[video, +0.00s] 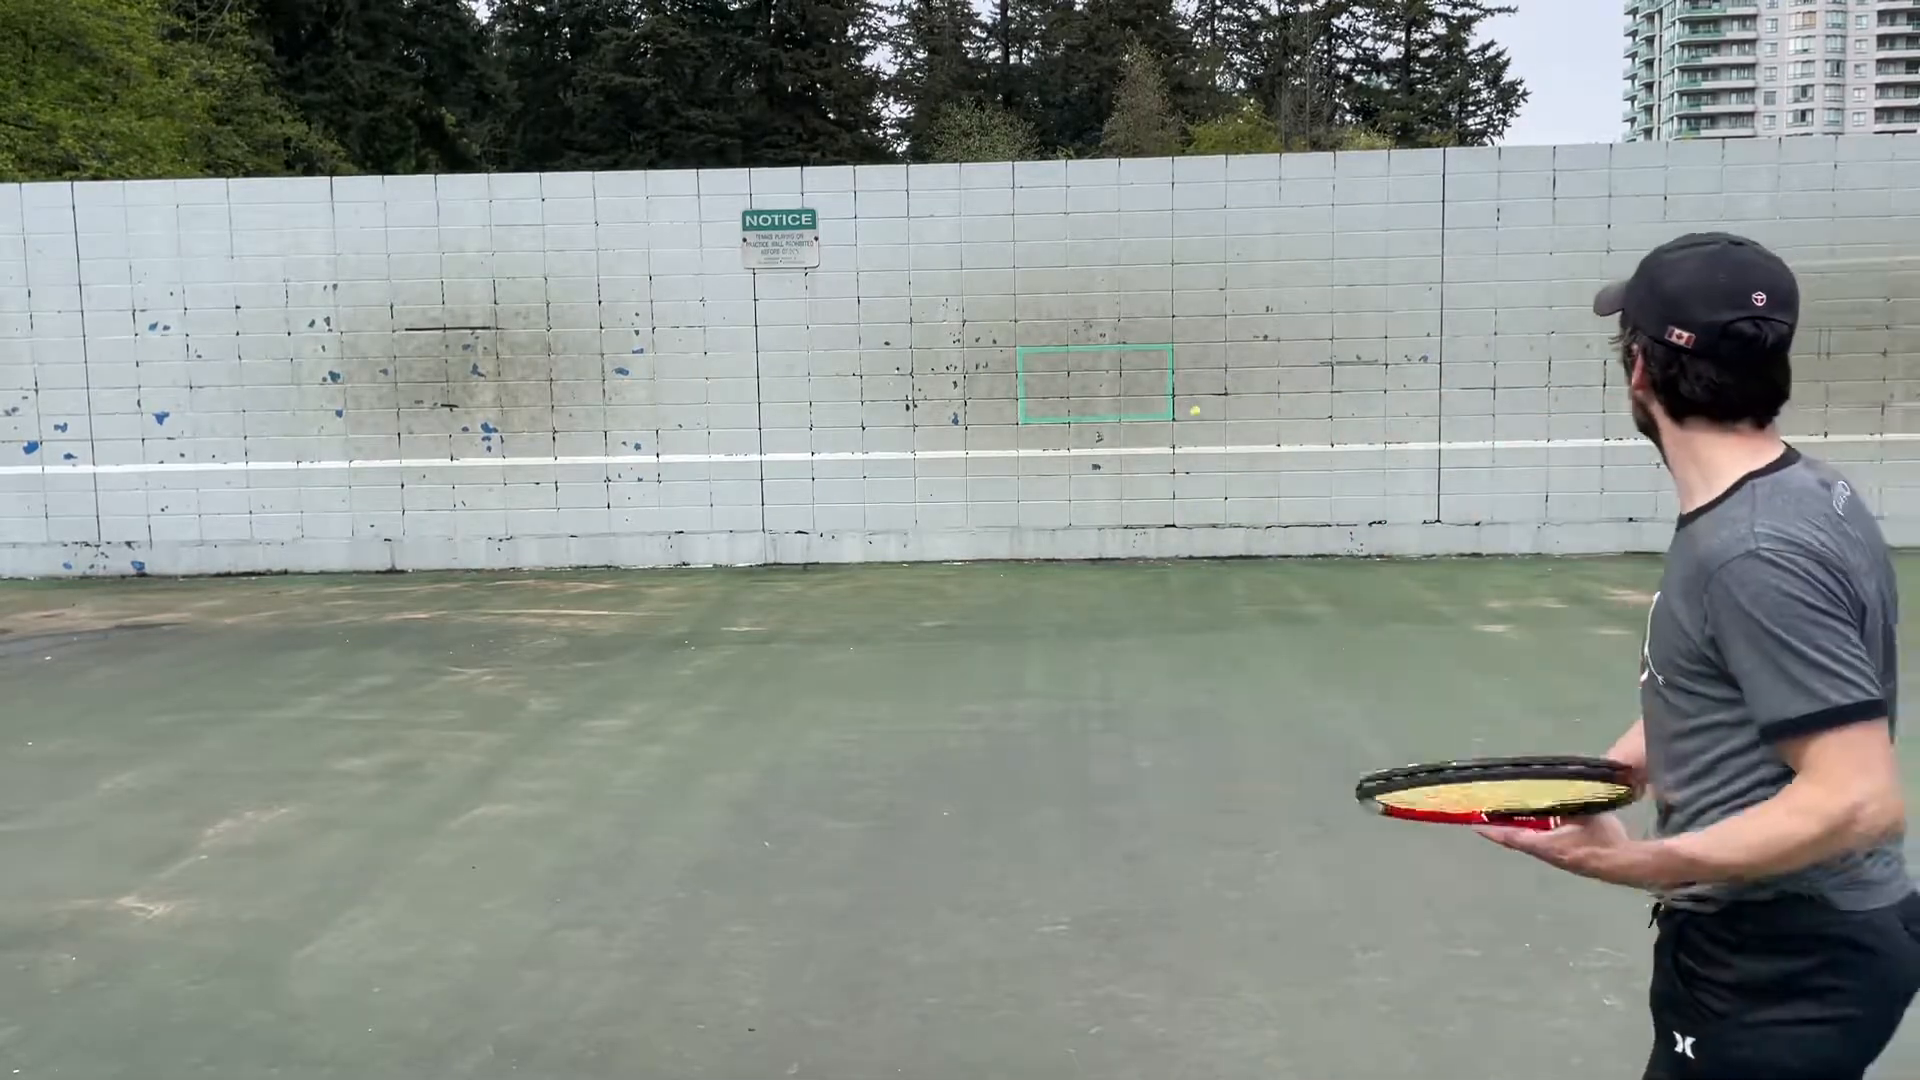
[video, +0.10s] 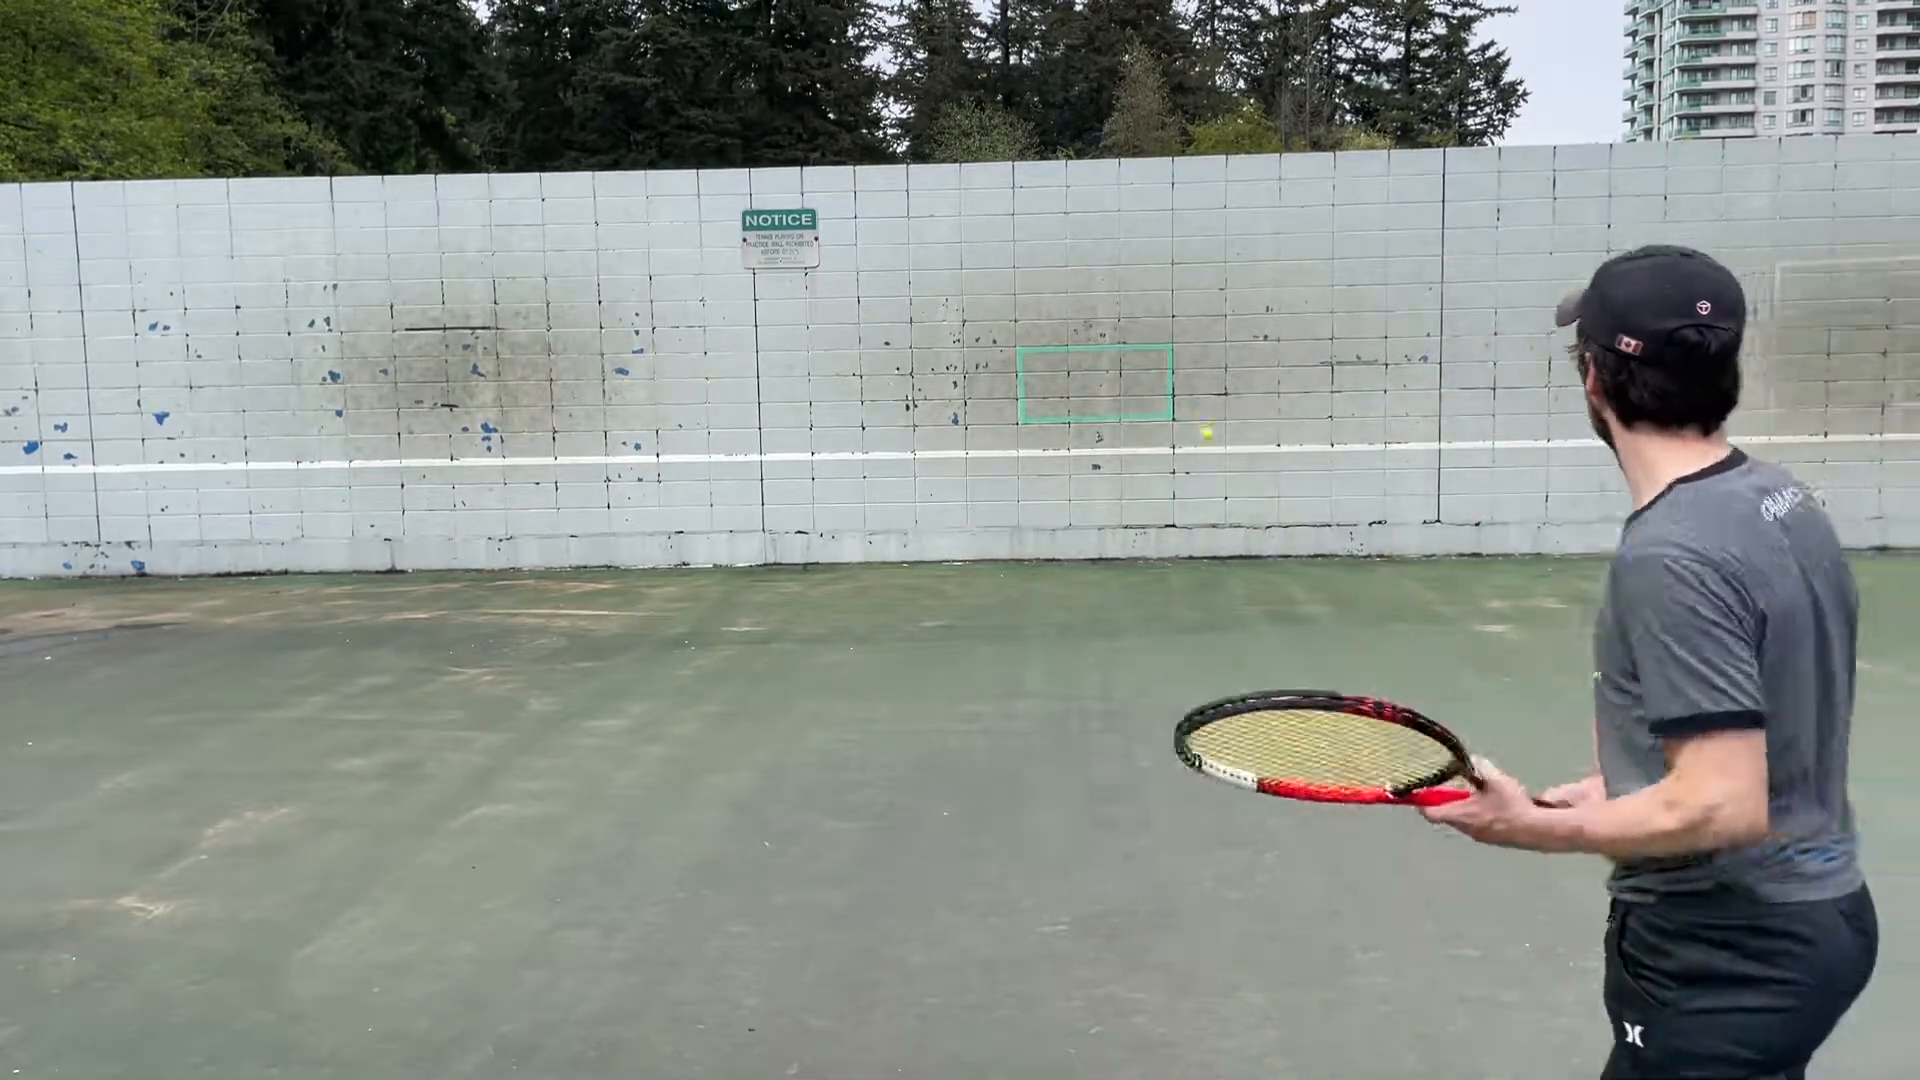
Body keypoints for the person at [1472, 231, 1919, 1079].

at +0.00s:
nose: (1625, 366)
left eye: (1627, 348)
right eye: (1626, 346)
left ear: (1645, 373)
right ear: (1771, 369)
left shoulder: (1754, 551)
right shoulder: (1811, 496)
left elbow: (1860, 800)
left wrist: (1645, 862)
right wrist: (1612, 775)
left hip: (1776, 969)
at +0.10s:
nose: (1579, 374)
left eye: (1581, 357)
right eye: (1580, 355)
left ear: (1601, 379)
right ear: (1721, 369)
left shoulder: (1671, 553)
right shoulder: (1782, 507)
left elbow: (1727, 808)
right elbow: (1769, 730)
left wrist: (1536, 823)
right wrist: (1607, 789)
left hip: (1718, 955)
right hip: (1808, 925)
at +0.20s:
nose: (1541, 385)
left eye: (1543, 367)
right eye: (1544, 364)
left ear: (1559, 384)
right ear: (1678, 376)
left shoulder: (1580, 557)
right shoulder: (1754, 517)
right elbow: (1796, 714)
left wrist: (1456, 786)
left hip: (1649, 944)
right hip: (1766, 919)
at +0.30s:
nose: (1506, 387)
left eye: (1507, 373)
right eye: (1509, 370)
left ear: (1520, 391)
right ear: (1636, 390)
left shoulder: (1492, 558)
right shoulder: (1722, 539)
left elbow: (1455, 774)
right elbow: (1769, 732)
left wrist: (1405, 745)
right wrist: (1640, 748)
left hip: (1570, 930)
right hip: (1703, 918)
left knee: (1588, 1064)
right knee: (1626, 1057)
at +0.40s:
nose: (1476, 390)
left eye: (1478, 379)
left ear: (1488, 401)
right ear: (1604, 407)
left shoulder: (1429, 548)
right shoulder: (1678, 549)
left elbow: (1389, 741)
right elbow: (1721, 748)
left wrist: (1448, 710)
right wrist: (1599, 756)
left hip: (1494, 922)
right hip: (1633, 920)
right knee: (1549, 1067)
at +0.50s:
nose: (1453, 386)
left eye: (1454, 376)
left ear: (1458, 393)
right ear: (1572, 404)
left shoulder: (1385, 528)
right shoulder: (1633, 542)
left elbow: (1358, 696)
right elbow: (1672, 742)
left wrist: (1462, 684)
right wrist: (1552, 745)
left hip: (1429, 898)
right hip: (1573, 901)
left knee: (1366, 1068)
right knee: (1509, 1071)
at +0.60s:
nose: (1415, 370)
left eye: (1418, 359)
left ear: (1421, 374)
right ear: (1536, 387)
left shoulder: (1342, 501)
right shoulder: (1584, 525)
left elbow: (1344, 635)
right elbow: (1629, 718)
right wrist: (1527, 698)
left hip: (1369, 866)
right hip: (1515, 876)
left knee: (1298, 1067)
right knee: (1489, 1070)